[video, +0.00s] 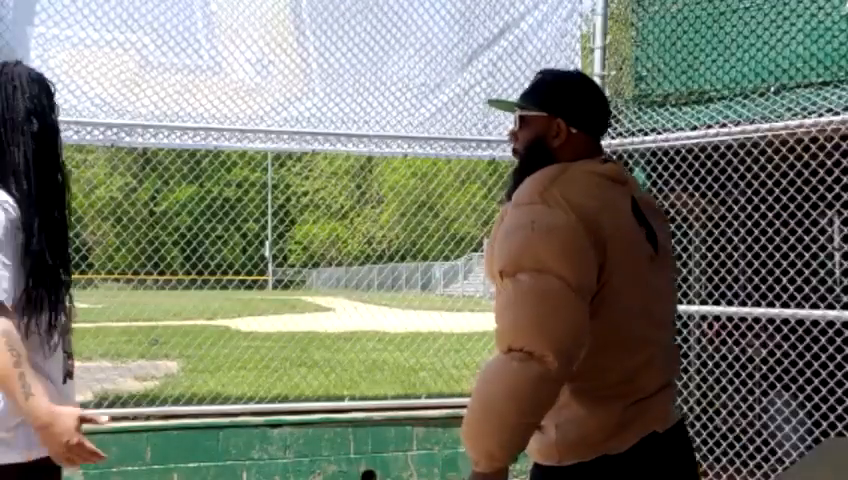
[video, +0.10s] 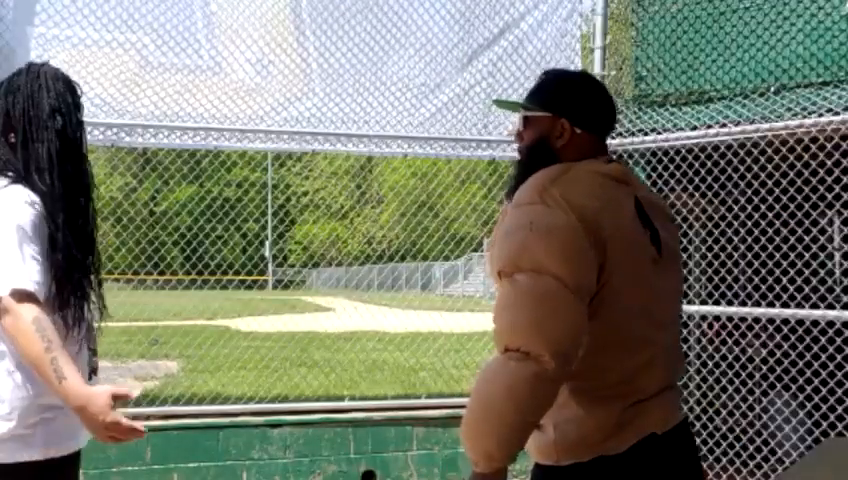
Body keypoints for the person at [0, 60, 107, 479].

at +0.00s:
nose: (55, 133)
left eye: (49, 117)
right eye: (47, 118)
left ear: (9, 127)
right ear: (28, 127)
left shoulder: (28, 208)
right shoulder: (8, 211)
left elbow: (14, 320)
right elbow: (1, 320)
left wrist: (51, 411)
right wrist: (42, 415)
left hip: (30, 448)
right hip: (16, 450)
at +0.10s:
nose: (76, 139)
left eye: (75, 124)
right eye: (72, 125)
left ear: (13, 127)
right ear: (53, 129)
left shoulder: (31, 201)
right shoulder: (18, 203)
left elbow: (21, 309)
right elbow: (18, 311)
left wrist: (80, 396)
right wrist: (81, 397)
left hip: (43, 441)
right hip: (26, 444)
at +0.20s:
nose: (93, 143)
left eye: (92, 130)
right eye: (85, 129)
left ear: (30, 131)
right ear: (50, 133)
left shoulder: (30, 196)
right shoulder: (34, 198)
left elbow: (42, 298)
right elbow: (42, 298)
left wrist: (105, 383)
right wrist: (105, 384)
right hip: (37, 444)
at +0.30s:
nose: (112, 143)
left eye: (110, 129)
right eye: (105, 129)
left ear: (49, 134)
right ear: (67, 135)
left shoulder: (58, 198)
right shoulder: (48, 199)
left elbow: (63, 298)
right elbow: (62, 294)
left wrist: (125, 377)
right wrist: (120, 382)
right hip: (46, 442)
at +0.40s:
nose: (130, 147)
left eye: (126, 133)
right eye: (121, 133)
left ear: (65, 135)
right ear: (83, 136)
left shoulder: (50, 196)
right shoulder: (61, 199)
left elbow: (75, 296)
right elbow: (71, 294)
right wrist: (125, 383)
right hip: (66, 434)